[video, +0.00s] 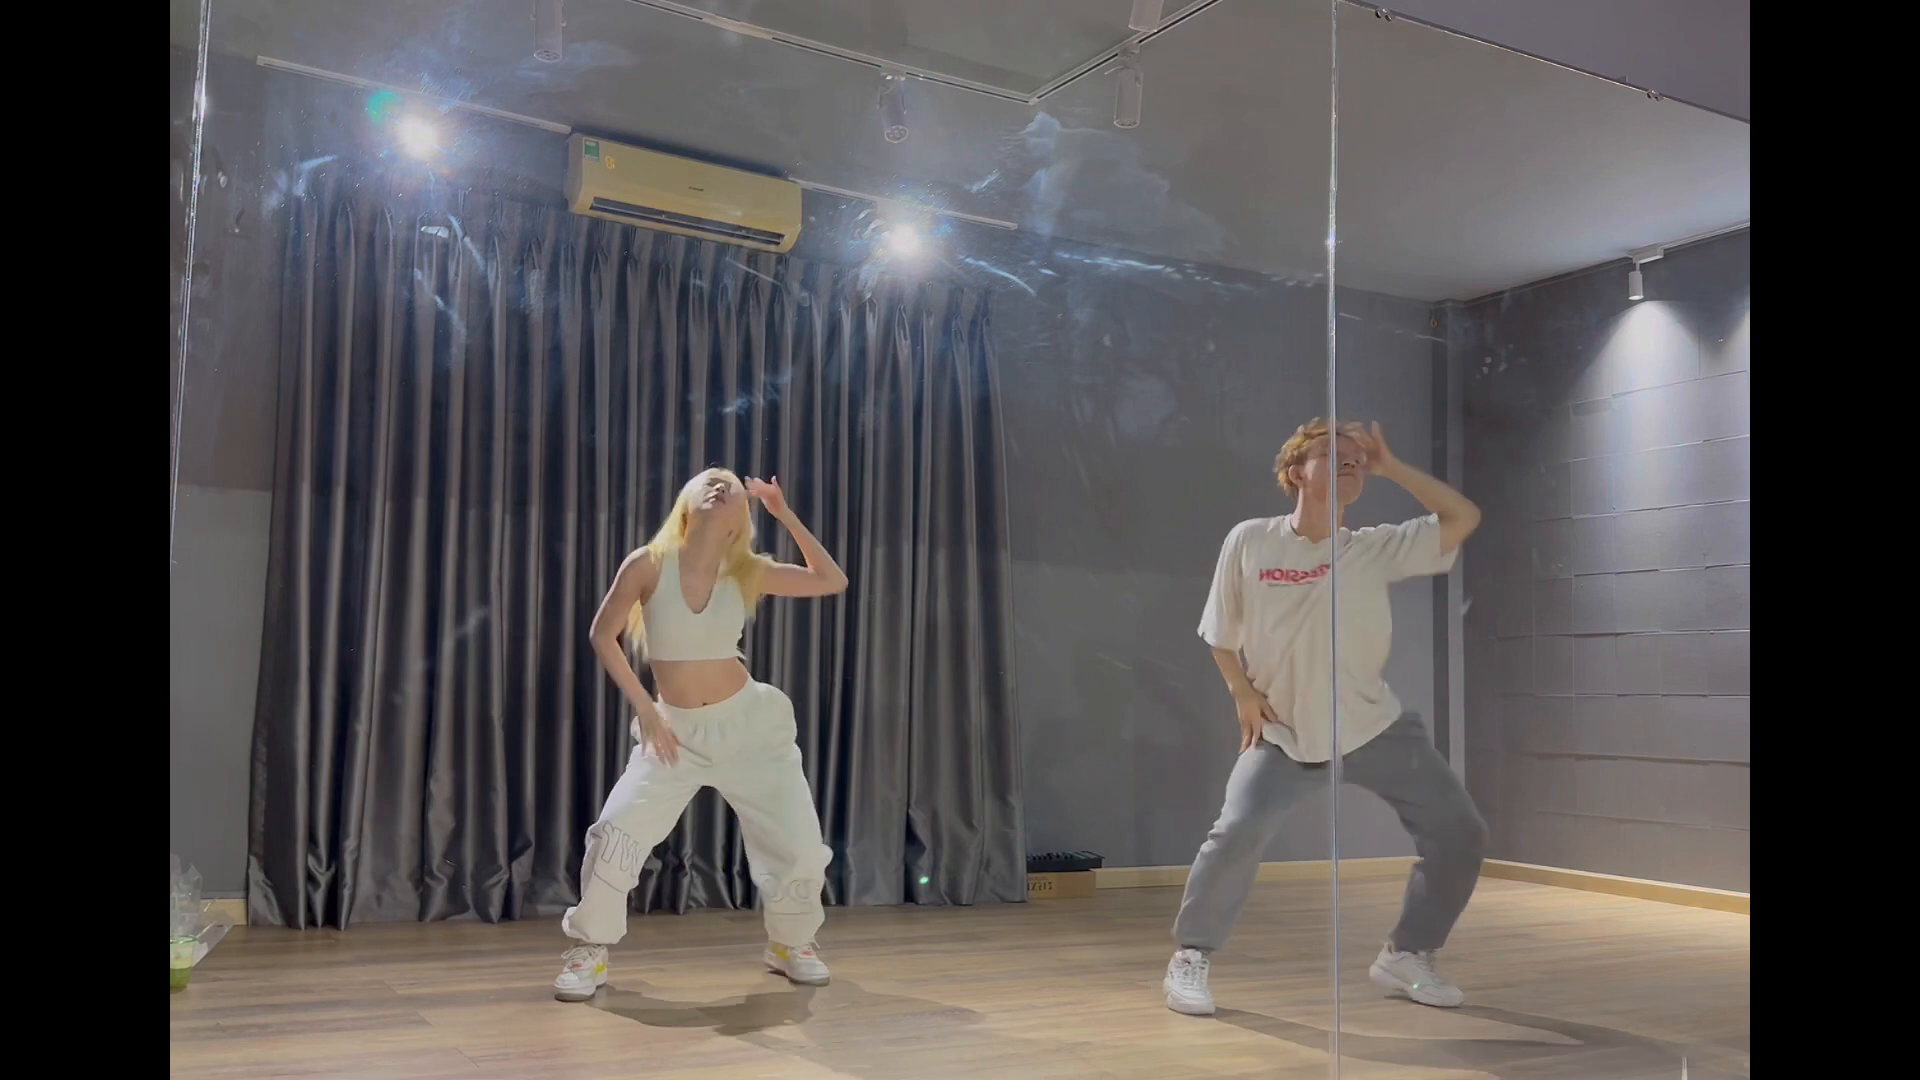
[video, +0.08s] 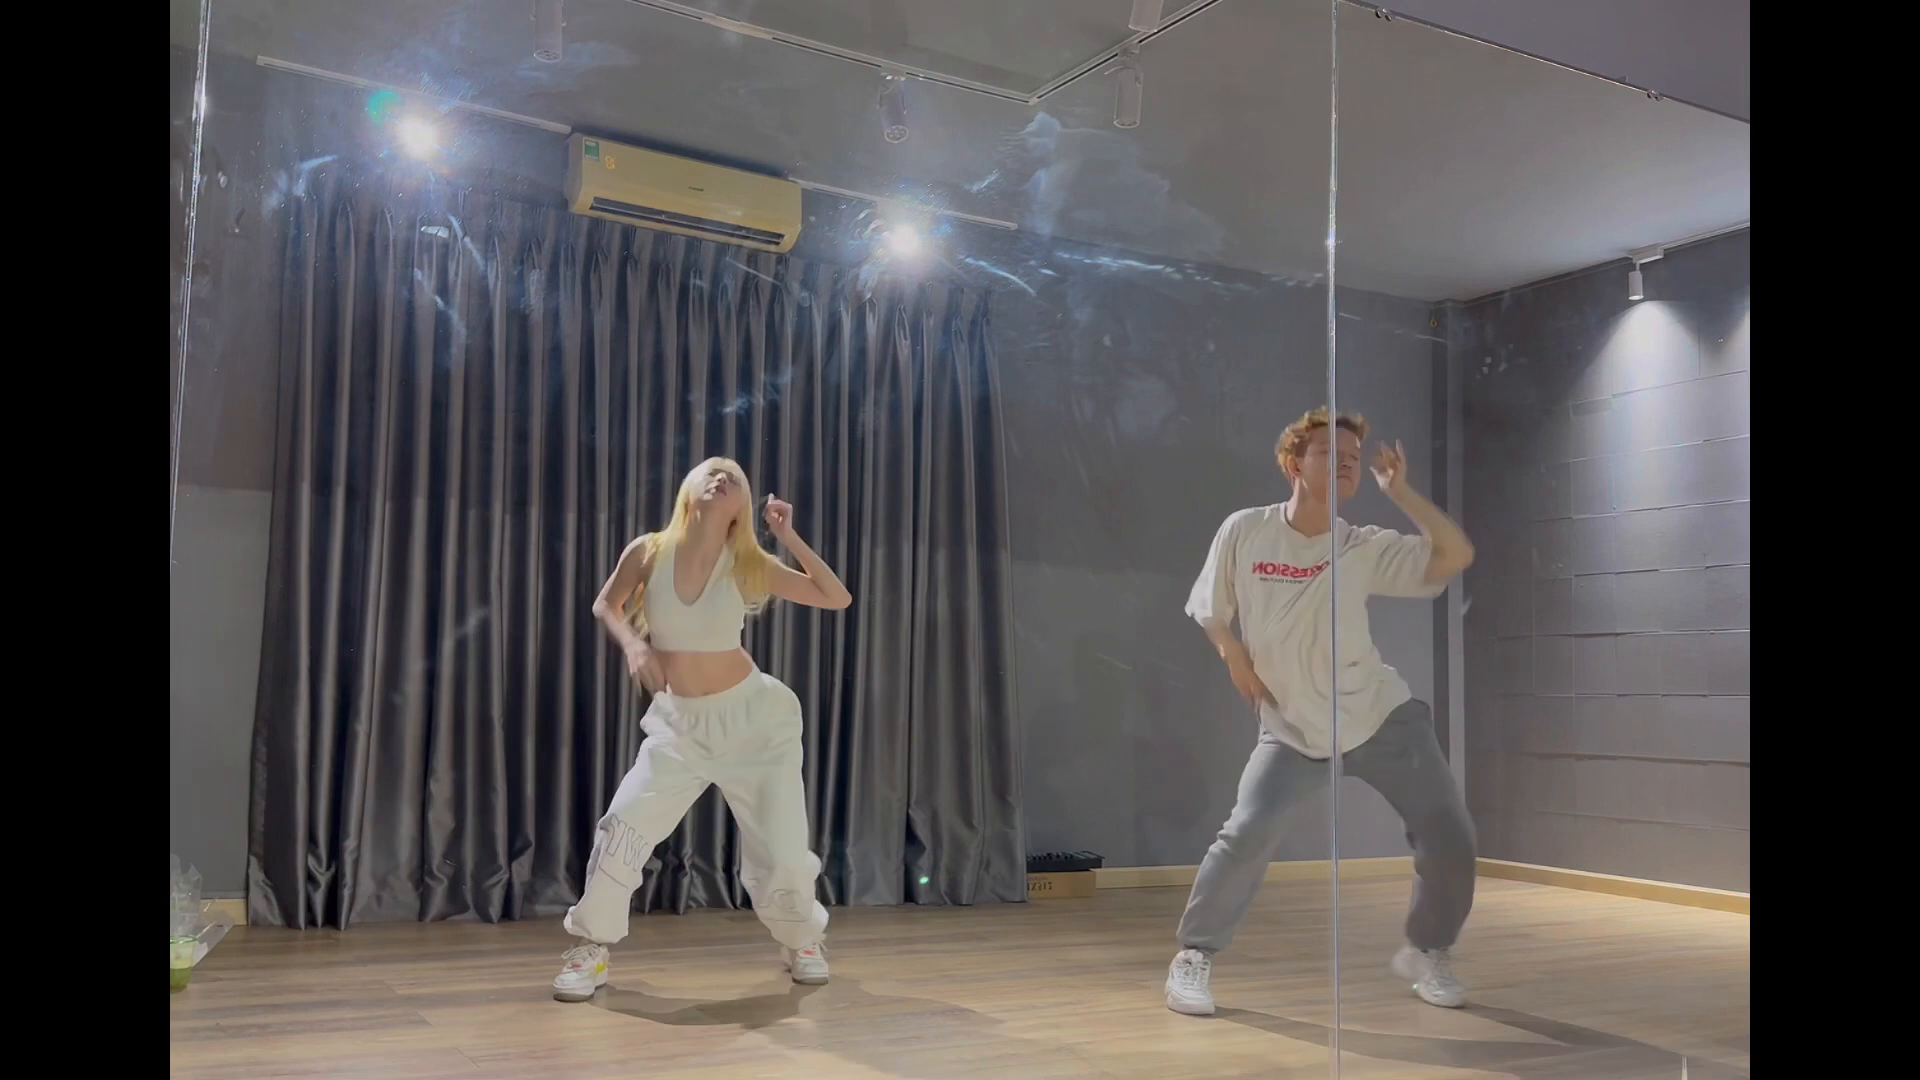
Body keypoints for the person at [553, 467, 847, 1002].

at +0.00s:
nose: (719, 486)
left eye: (730, 486)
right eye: (708, 483)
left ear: (743, 520)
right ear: (687, 509)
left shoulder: (748, 570)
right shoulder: (648, 565)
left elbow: (831, 580)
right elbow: (603, 635)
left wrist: (785, 515)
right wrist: (646, 710)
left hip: (750, 729)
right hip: (674, 732)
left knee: (800, 850)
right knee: (615, 835)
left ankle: (790, 945)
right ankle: (588, 953)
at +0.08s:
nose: (720, 479)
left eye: (732, 479)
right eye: (710, 473)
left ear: (742, 511)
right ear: (688, 495)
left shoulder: (747, 565)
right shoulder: (648, 552)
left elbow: (835, 596)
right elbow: (606, 605)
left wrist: (788, 536)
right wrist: (633, 643)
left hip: (753, 719)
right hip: (677, 726)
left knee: (782, 854)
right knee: (621, 832)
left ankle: (804, 943)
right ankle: (590, 951)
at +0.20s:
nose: (725, 461)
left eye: (738, 455)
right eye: (716, 452)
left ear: (752, 474)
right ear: (696, 464)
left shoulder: (753, 536)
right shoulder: (671, 525)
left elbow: (807, 599)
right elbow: (615, 585)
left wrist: (766, 536)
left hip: (746, 699)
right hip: (682, 702)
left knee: (759, 856)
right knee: (615, 813)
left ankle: (821, 929)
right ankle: (620, 950)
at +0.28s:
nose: (734, 484)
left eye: (746, 473)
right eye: (722, 473)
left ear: (764, 480)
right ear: (701, 478)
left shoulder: (774, 540)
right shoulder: (693, 542)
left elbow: (736, 579)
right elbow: (621, 575)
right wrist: (598, 518)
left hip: (735, 692)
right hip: (674, 690)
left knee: (736, 833)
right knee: (598, 815)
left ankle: (818, 929)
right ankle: (637, 950)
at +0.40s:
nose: (732, 479)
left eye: (741, 468)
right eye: (723, 470)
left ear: (761, 470)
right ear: (713, 475)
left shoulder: (772, 533)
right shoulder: (696, 533)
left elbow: (701, 544)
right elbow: (621, 560)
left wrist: (619, 509)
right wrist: (582, 508)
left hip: (712, 685)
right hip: (653, 682)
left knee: (731, 831)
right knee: (593, 819)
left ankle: (817, 922)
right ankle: (637, 953)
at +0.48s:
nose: (722, 434)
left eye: (734, 427)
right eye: (715, 423)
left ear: (747, 449)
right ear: (692, 435)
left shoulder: (735, 500)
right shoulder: (664, 500)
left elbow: (755, 563)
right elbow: (634, 566)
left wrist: (698, 513)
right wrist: (613, 512)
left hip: (708, 668)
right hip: (647, 667)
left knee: (709, 827)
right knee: (609, 811)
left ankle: (802, 909)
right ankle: (639, 954)